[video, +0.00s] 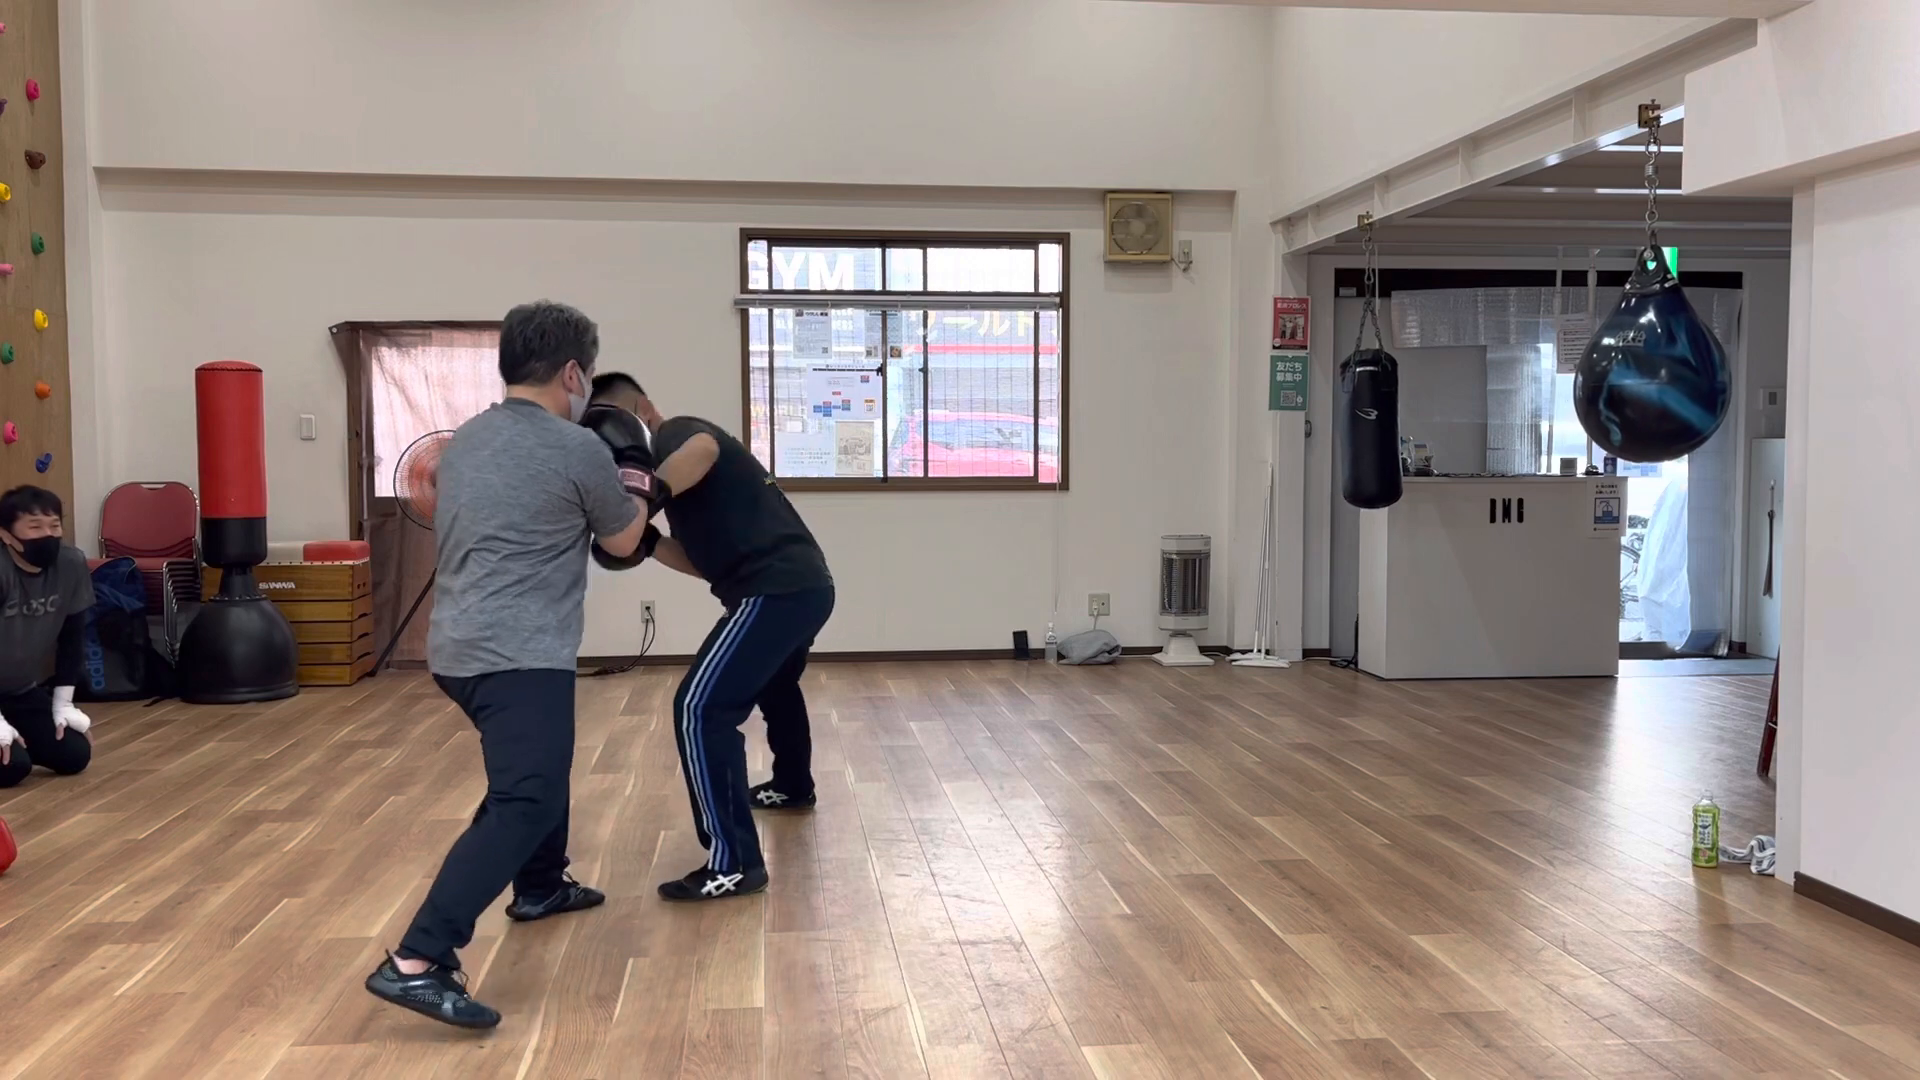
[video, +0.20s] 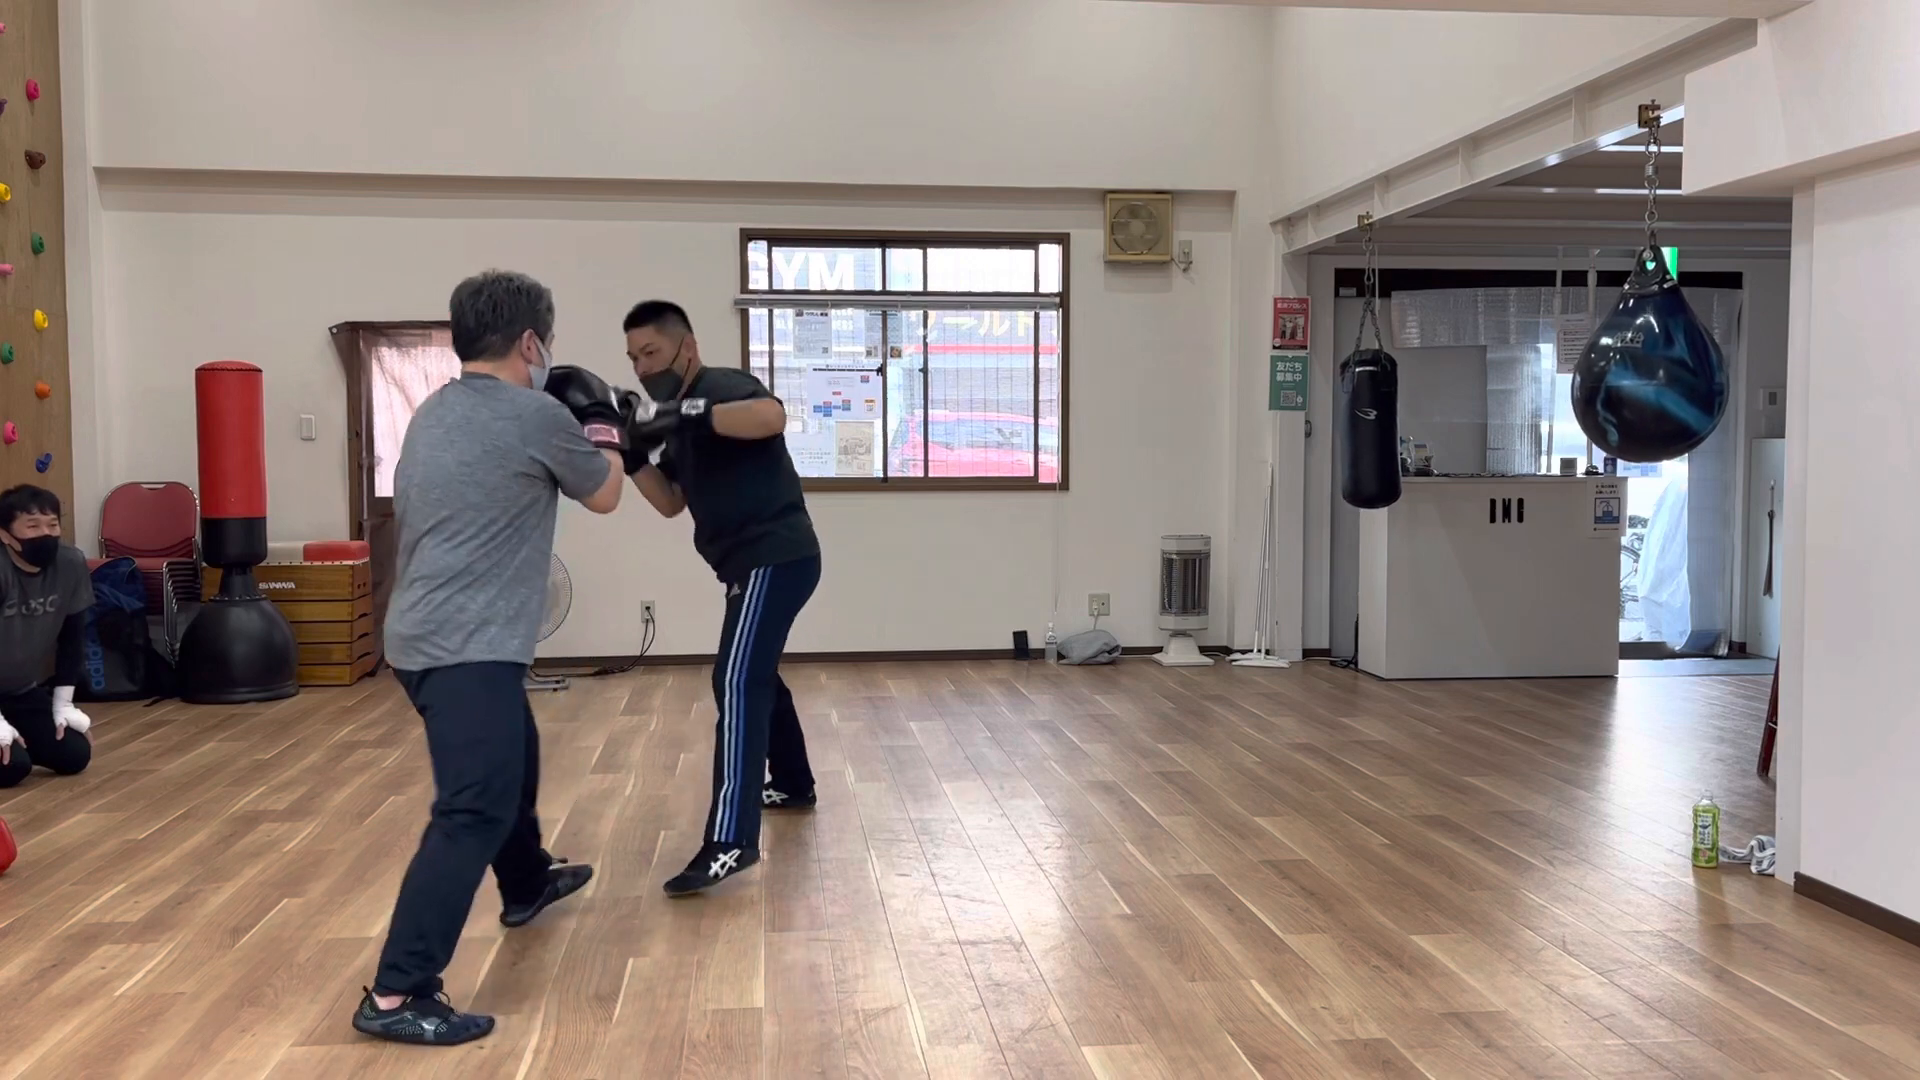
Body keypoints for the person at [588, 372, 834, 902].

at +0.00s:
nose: (609, 434)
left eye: (612, 420)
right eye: (601, 426)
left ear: (644, 410)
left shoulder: (676, 432)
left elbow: (703, 447)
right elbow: (708, 564)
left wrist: (653, 483)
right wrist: (641, 537)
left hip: (774, 590)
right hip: (799, 587)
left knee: (698, 710)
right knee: (778, 689)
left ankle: (733, 865)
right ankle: (794, 784)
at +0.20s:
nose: (644, 366)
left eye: (652, 353)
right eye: (636, 359)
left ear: (687, 346)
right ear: (633, 364)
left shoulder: (722, 384)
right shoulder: (670, 418)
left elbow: (773, 418)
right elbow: (669, 503)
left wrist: (694, 411)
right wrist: (630, 448)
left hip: (777, 555)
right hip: (745, 562)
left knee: (736, 680)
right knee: (756, 673)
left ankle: (731, 842)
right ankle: (792, 783)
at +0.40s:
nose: (662, 334)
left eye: (672, 321)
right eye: (655, 324)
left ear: (703, 319)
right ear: (652, 330)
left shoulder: (743, 371)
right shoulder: (670, 398)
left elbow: (741, 431)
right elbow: (642, 467)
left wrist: (705, 355)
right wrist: (615, 398)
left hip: (770, 549)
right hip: (723, 558)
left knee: (740, 676)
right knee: (749, 672)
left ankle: (728, 830)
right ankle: (792, 782)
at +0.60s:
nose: (666, 335)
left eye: (676, 322)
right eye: (657, 325)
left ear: (709, 317)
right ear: (651, 326)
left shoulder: (744, 373)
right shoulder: (667, 383)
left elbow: (748, 449)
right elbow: (642, 462)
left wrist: (688, 395)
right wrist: (618, 406)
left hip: (758, 552)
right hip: (708, 556)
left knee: (737, 682)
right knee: (729, 675)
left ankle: (724, 831)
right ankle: (787, 775)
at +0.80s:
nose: (664, 347)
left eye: (674, 335)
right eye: (655, 338)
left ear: (707, 328)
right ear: (650, 339)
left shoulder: (747, 384)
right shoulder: (661, 395)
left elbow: (754, 461)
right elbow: (631, 469)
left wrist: (704, 394)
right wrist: (611, 406)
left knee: (708, 670)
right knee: (712, 673)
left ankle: (715, 825)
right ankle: (784, 768)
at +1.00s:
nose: (635, 343)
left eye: (647, 331)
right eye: (627, 333)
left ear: (681, 326)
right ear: (622, 332)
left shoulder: (714, 385)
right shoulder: (638, 394)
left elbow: (740, 458)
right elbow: (603, 461)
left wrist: (667, 414)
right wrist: (578, 397)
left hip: (715, 560)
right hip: (678, 562)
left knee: (672, 689)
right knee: (712, 672)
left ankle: (657, 850)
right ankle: (777, 762)